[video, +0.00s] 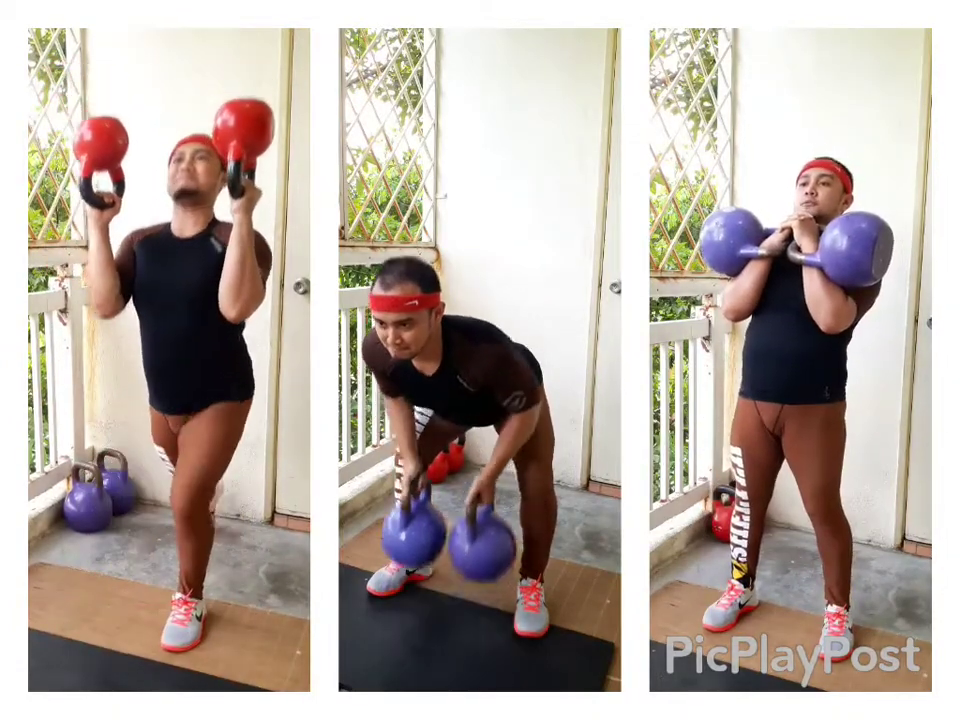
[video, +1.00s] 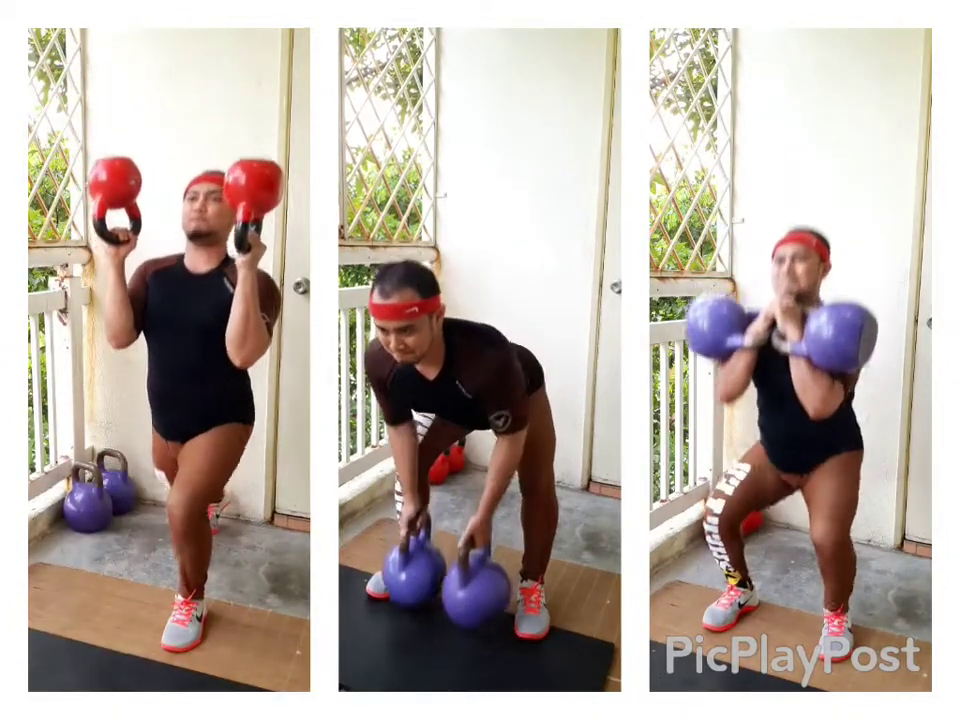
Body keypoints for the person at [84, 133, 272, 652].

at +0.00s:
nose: (186, 166)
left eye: (201, 158)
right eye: (177, 160)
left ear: (222, 177)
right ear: (167, 179)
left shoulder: (243, 241)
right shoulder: (141, 241)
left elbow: (236, 307)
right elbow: (105, 304)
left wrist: (241, 215)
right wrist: (99, 223)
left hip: (222, 391)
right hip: (163, 392)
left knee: (187, 502)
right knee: (185, 480)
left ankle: (189, 598)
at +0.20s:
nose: (190, 204)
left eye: (204, 196)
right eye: (181, 197)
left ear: (225, 213)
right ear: (171, 215)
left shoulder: (248, 278)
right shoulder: (147, 275)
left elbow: (235, 344)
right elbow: (114, 342)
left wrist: (237, 254)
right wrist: (104, 261)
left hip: (226, 414)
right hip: (168, 412)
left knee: (185, 504)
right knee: (175, 473)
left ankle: (187, 600)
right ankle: (212, 504)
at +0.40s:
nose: (196, 233)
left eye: (208, 226)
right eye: (188, 226)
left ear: (228, 241)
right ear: (177, 241)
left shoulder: (252, 303)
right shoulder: (153, 300)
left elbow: (237, 370)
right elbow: (120, 366)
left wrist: (239, 284)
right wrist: (107, 293)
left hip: (228, 436)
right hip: (171, 437)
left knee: (188, 511)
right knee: (179, 513)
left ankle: (188, 601)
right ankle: (195, 572)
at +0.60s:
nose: (201, 245)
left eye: (213, 239)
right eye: (193, 239)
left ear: (232, 255)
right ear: (182, 253)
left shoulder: (255, 316)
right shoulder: (156, 309)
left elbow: (240, 384)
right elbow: (123, 373)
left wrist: (241, 303)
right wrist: (113, 304)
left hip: (227, 445)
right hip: (170, 445)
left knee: (184, 513)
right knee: (175, 521)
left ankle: (188, 601)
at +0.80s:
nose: (202, 239)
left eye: (215, 233)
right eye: (195, 232)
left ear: (233, 248)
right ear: (183, 245)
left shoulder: (254, 311)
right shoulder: (157, 301)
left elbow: (242, 381)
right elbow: (123, 364)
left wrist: (245, 300)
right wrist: (115, 293)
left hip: (225, 439)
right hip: (168, 438)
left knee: (180, 513)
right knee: (176, 518)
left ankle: (190, 600)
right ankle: (201, 538)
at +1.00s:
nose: (200, 206)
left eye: (213, 199)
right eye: (192, 199)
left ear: (233, 215)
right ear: (181, 213)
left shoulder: (254, 283)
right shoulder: (154, 271)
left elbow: (243, 354)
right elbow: (119, 336)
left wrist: (247, 267)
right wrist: (112, 259)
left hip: (223, 416)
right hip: (166, 410)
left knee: (184, 510)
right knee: (171, 472)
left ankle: (189, 600)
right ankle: (207, 506)